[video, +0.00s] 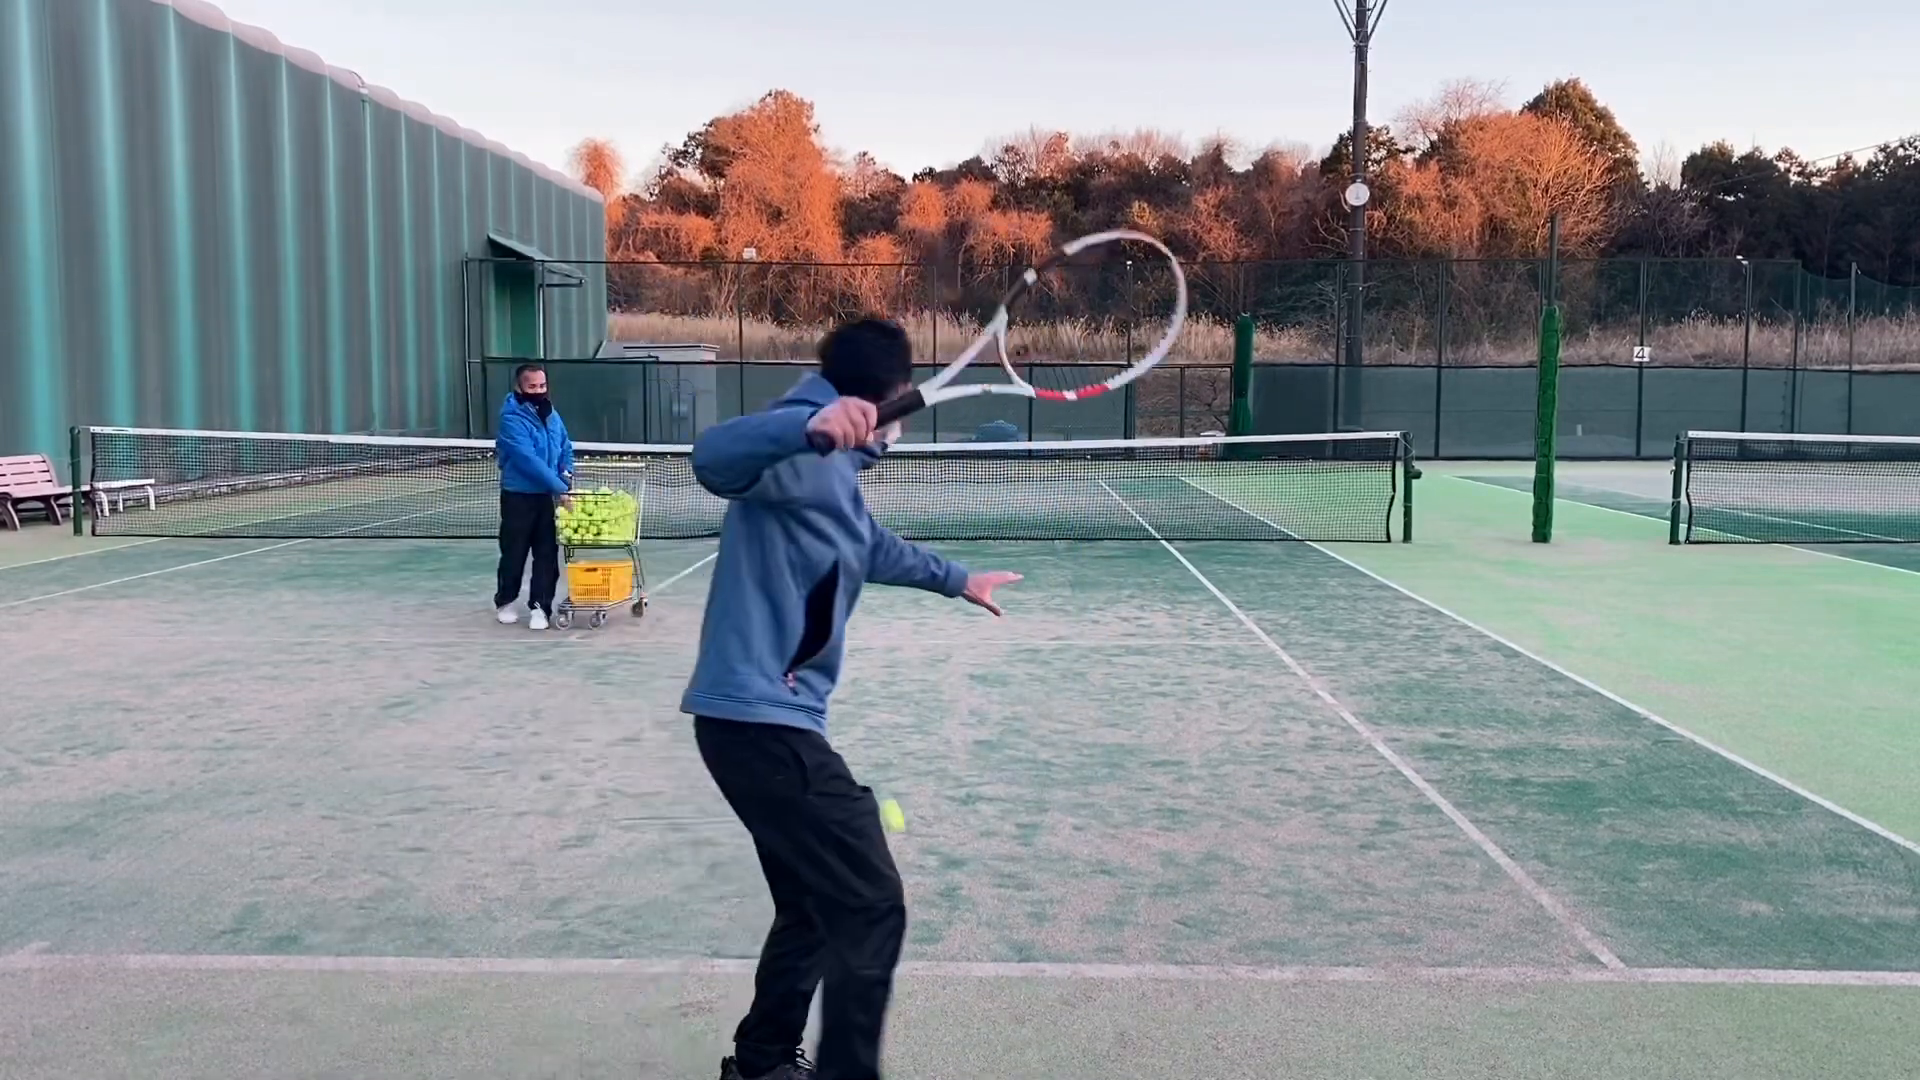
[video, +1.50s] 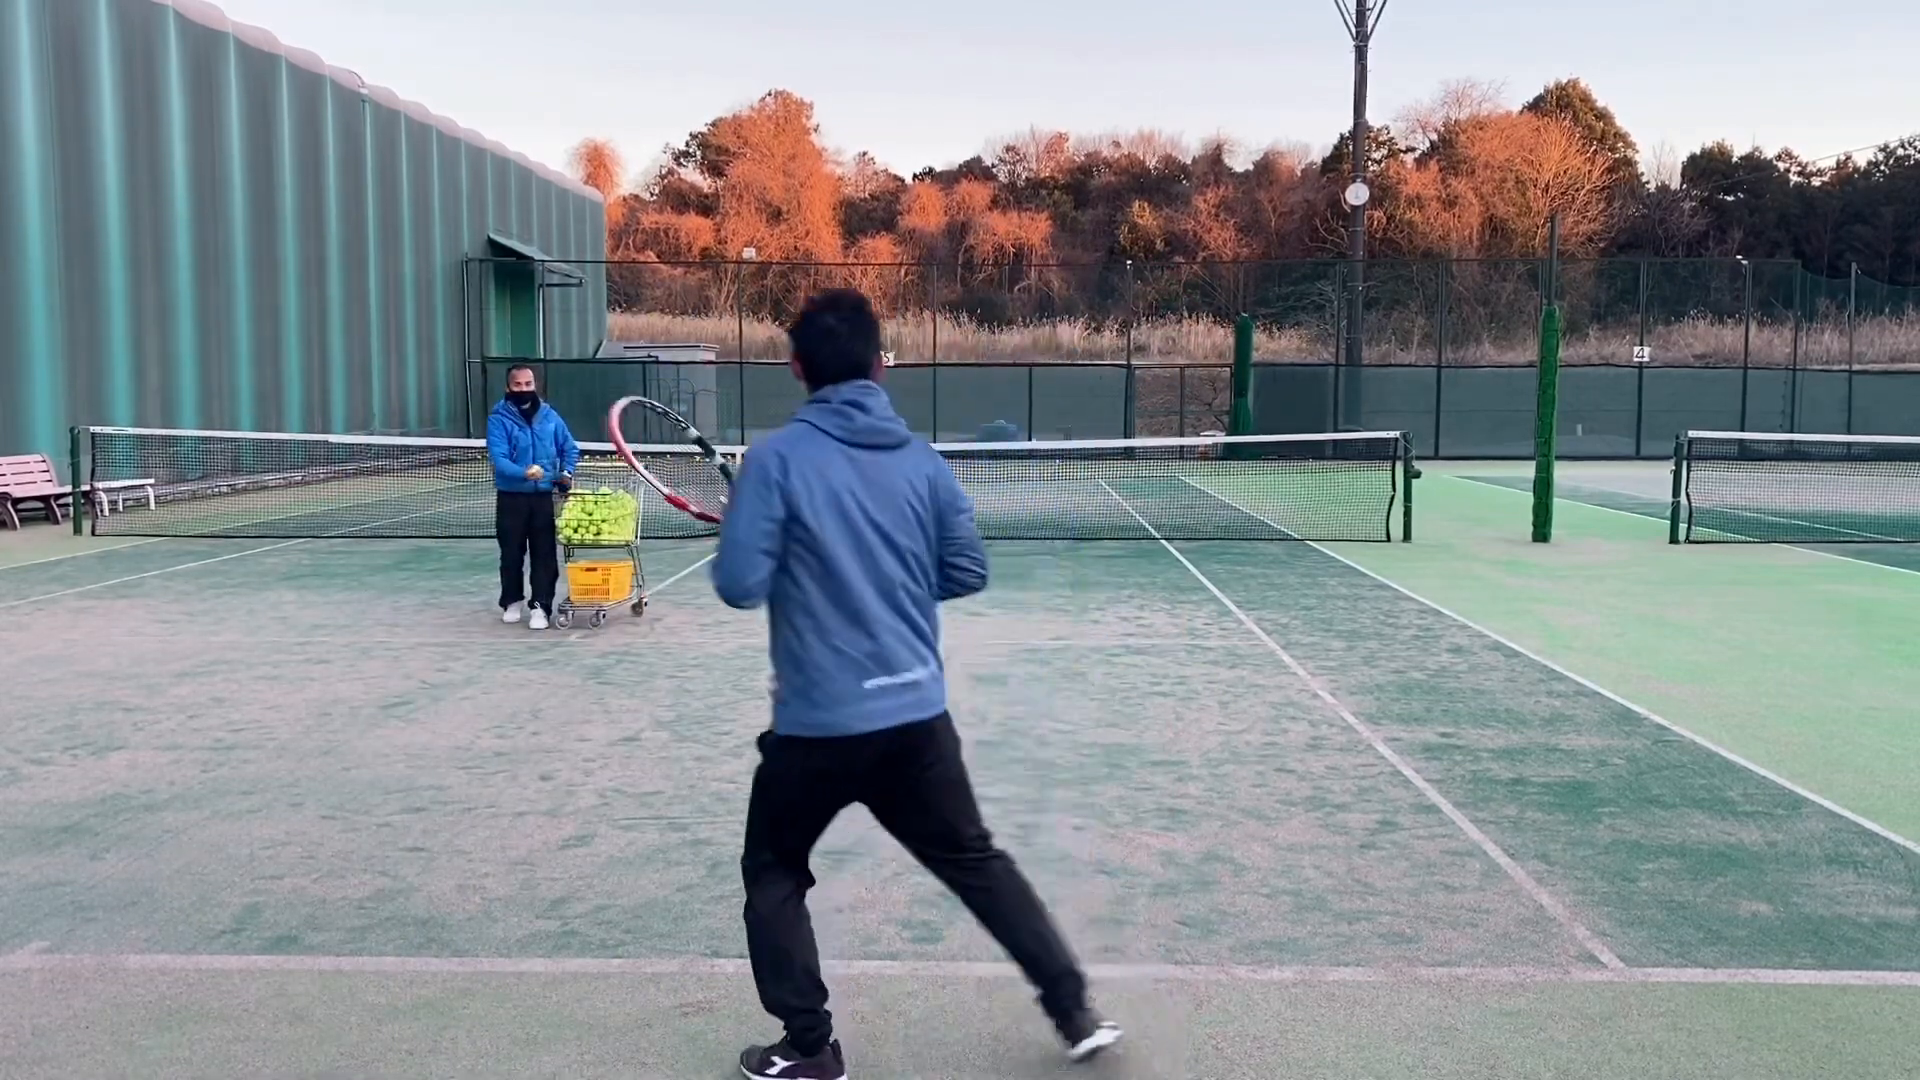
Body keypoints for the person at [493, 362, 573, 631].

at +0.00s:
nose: (539, 391)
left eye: (542, 385)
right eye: (532, 386)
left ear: (546, 385)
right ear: (519, 387)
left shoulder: (551, 414)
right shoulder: (511, 418)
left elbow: (565, 447)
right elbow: (526, 458)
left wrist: (565, 472)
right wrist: (559, 488)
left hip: (547, 492)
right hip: (518, 493)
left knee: (546, 554)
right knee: (514, 552)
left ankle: (540, 608)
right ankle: (506, 602)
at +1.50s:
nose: (523, 389)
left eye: (527, 384)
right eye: (517, 384)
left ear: (535, 385)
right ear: (508, 387)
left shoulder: (549, 415)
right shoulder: (498, 418)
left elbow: (571, 449)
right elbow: (498, 460)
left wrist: (566, 473)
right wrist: (524, 472)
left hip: (543, 495)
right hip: (511, 496)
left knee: (544, 554)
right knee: (511, 553)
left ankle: (540, 607)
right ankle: (512, 602)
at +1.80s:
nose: (510, 391)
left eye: (515, 386)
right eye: (505, 387)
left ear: (524, 387)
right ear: (497, 389)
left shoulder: (541, 415)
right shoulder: (490, 419)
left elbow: (568, 448)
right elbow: (484, 457)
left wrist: (566, 476)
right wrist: (494, 484)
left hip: (536, 496)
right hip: (503, 497)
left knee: (537, 553)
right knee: (505, 555)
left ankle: (539, 605)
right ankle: (511, 603)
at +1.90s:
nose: (507, 392)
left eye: (512, 387)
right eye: (501, 388)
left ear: (520, 387)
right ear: (494, 389)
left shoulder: (539, 415)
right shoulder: (486, 420)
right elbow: (478, 461)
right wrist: (486, 494)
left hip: (538, 494)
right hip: (501, 496)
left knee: (538, 547)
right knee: (503, 552)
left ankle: (539, 605)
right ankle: (509, 605)